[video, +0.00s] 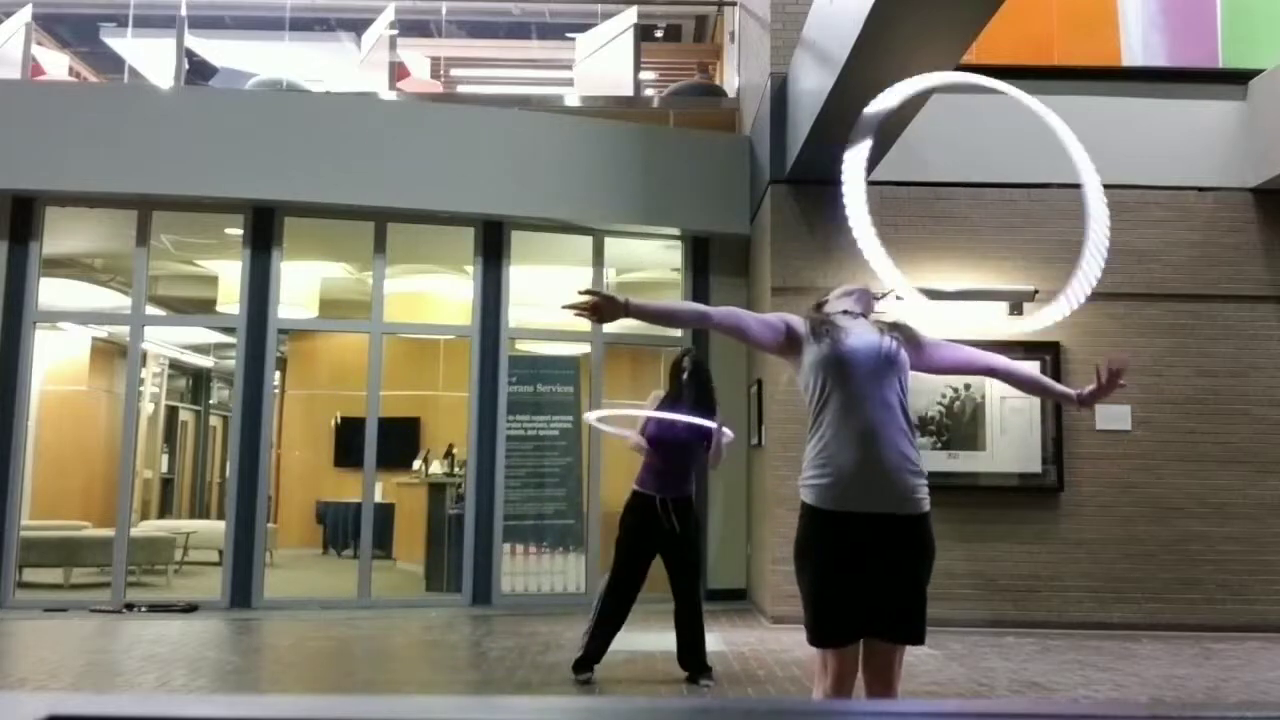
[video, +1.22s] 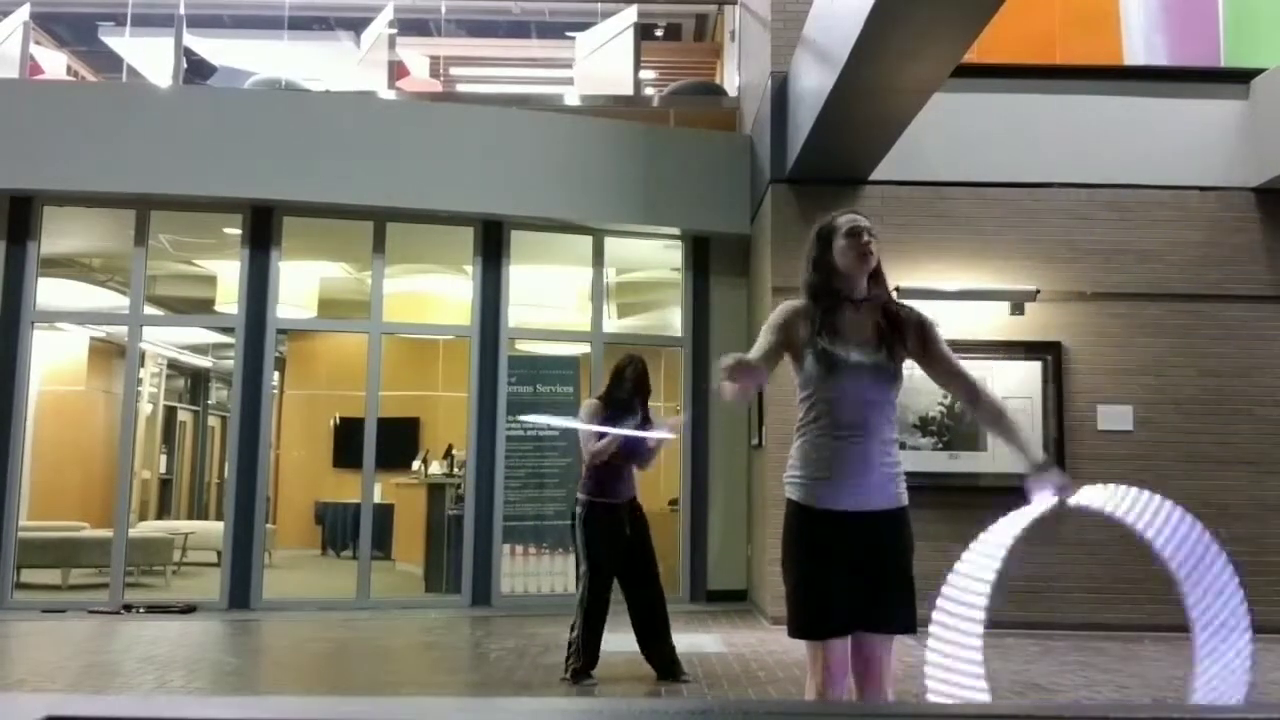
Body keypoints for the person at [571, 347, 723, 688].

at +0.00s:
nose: (687, 379)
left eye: (693, 373)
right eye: (683, 372)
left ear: (703, 379)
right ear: (674, 375)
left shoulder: (706, 414)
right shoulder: (659, 402)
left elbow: (713, 462)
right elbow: (639, 442)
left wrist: (719, 440)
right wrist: (638, 444)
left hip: (680, 506)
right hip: (644, 503)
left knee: (688, 592)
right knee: (622, 586)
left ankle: (696, 668)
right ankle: (586, 662)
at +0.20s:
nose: (679, 383)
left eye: (687, 377)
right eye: (674, 375)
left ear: (697, 382)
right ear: (666, 379)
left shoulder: (706, 416)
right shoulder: (654, 410)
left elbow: (706, 466)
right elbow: (644, 437)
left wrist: (676, 440)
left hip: (681, 513)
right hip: (642, 510)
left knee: (690, 596)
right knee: (621, 593)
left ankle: (698, 671)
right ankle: (591, 671)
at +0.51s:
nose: (656, 398)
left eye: (662, 393)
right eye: (651, 390)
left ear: (669, 397)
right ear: (638, 391)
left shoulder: (668, 428)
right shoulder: (615, 418)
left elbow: (666, 471)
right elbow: (599, 465)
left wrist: (642, 440)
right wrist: (603, 440)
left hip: (654, 523)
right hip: (617, 522)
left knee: (676, 599)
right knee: (614, 601)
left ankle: (698, 669)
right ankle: (592, 668)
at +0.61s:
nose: (647, 393)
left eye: (653, 388)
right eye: (642, 386)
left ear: (660, 393)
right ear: (631, 387)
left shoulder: (661, 428)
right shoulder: (607, 416)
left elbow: (667, 471)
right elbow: (596, 461)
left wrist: (635, 437)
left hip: (638, 517)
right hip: (604, 517)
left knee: (661, 595)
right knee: (607, 600)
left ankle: (694, 669)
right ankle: (591, 670)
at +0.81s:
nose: (639, 382)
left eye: (643, 376)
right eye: (634, 374)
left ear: (647, 378)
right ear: (621, 374)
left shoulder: (638, 408)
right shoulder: (600, 397)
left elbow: (625, 454)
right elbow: (588, 441)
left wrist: (656, 467)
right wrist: (624, 469)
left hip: (625, 508)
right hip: (597, 507)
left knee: (641, 587)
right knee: (598, 589)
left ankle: (659, 666)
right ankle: (585, 670)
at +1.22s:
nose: (634, 390)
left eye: (639, 384)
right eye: (629, 381)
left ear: (644, 386)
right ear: (618, 380)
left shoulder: (642, 415)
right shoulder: (593, 409)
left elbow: (642, 462)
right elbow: (591, 454)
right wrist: (624, 424)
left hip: (628, 510)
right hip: (595, 510)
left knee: (646, 589)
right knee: (594, 590)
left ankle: (666, 666)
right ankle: (578, 667)